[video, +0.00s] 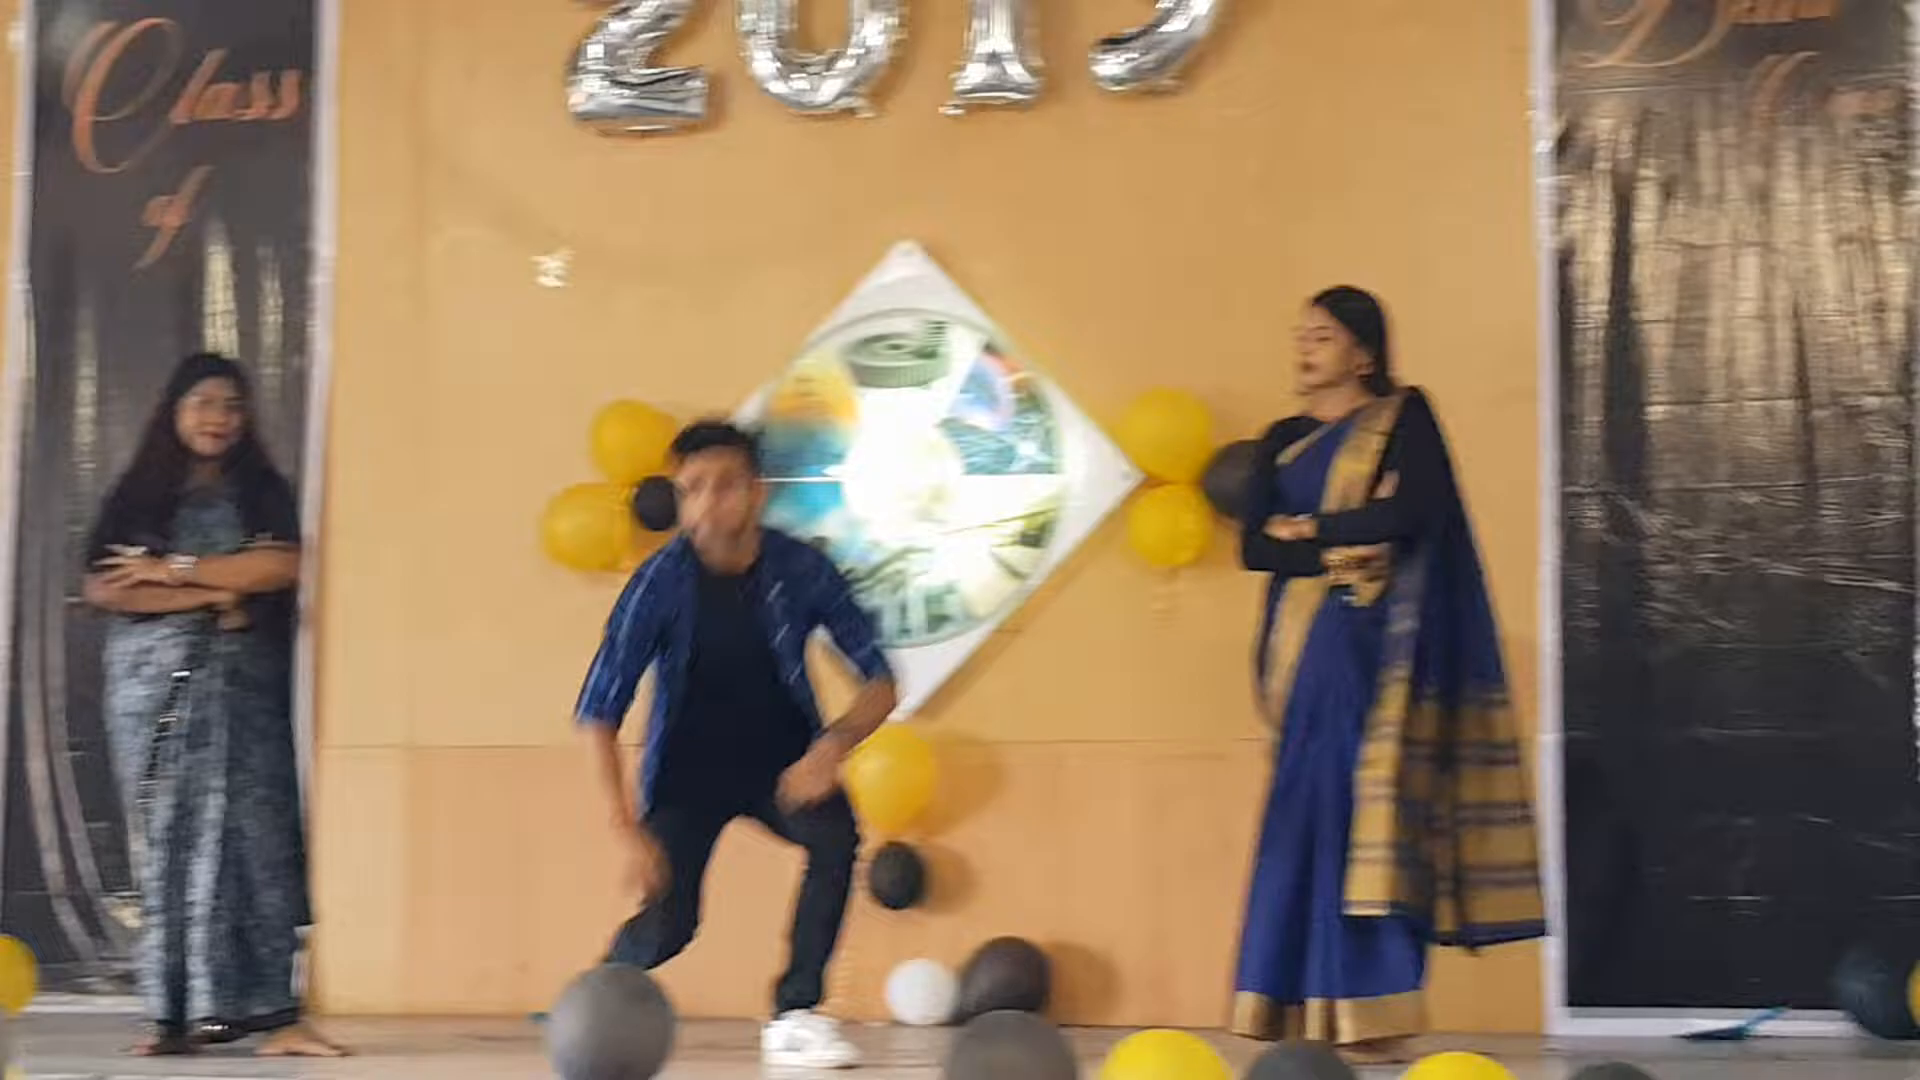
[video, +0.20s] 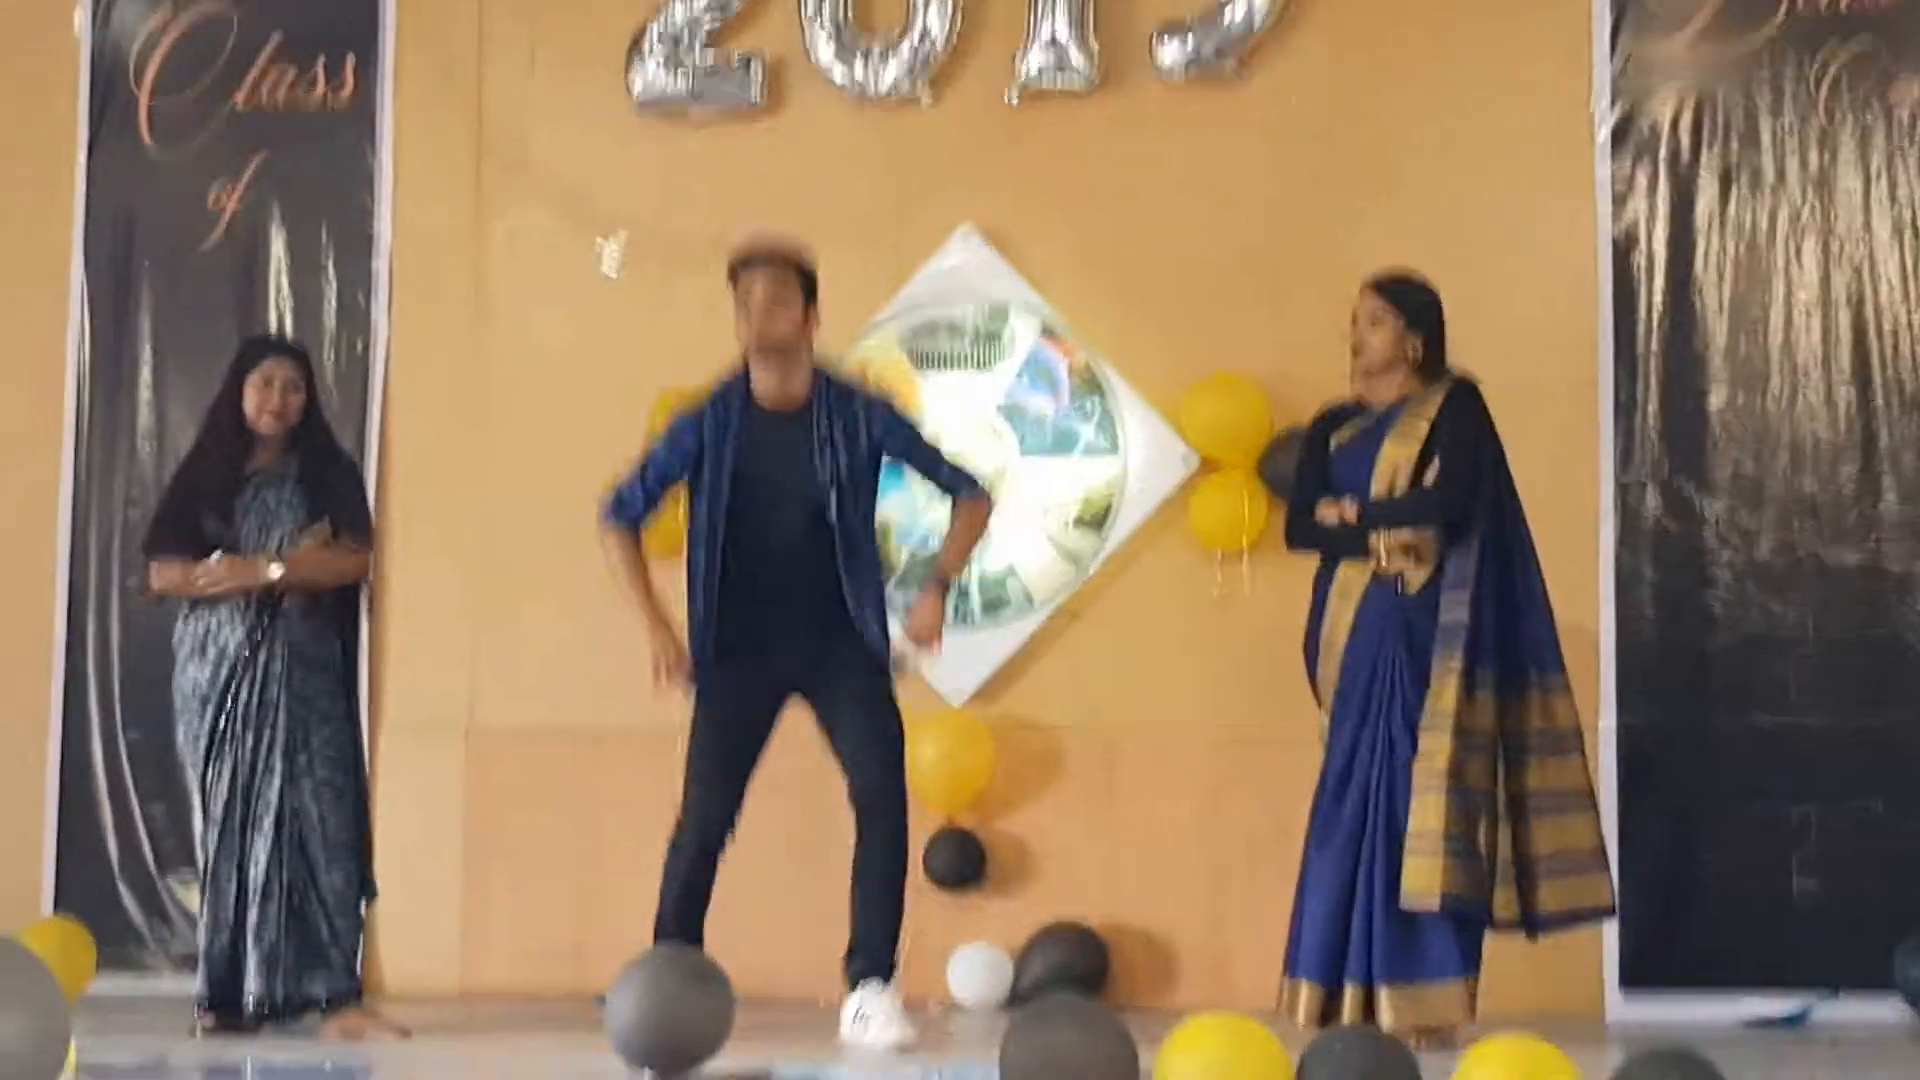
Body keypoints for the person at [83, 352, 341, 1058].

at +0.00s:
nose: (219, 419)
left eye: (231, 406)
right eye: (204, 405)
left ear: (245, 416)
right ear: (174, 413)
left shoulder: (262, 486)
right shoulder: (139, 492)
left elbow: (286, 566)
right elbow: (102, 587)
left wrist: (175, 568)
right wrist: (207, 595)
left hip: (244, 689)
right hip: (157, 690)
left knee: (251, 839)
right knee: (172, 843)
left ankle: (267, 1012)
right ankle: (179, 1013)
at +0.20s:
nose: (279, 399)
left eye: (292, 388)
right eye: (265, 385)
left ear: (307, 398)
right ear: (239, 392)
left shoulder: (330, 469)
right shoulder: (205, 470)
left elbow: (358, 560)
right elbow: (162, 573)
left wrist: (268, 571)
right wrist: (272, 568)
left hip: (308, 675)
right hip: (220, 677)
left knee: (321, 821)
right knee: (229, 823)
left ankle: (336, 995)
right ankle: (226, 994)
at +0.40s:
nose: (298, 371)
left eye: (311, 360)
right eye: (284, 358)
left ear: (328, 372)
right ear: (259, 367)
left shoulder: (354, 449)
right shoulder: (227, 447)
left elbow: (387, 549)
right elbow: (174, 546)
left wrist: (367, 638)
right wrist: (212, 618)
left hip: (333, 652)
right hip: (247, 651)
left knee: (343, 809)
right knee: (247, 806)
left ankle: (350, 979)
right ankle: (238, 977)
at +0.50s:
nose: (296, 369)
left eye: (310, 360)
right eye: (284, 357)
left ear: (330, 374)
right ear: (260, 369)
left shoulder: (361, 457)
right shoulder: (226, 454)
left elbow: (398, 565)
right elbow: (183, 569)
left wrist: (404, 665)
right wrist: (161, 674)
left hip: (336, 657)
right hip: (245, 656)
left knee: (343, 807)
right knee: (249, 807)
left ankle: (350, 982)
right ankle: (238, 979)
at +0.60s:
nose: (295, 415)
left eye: (309, 405)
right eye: (281, 404)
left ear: (329, 422)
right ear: (258, 421)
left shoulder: (362, 505)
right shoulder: (225, 508)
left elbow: (403, 602)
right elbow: (178, 619)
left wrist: (417, 700)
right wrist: (136, 712)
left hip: (332, 714)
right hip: (238, 713)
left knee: (336, 863)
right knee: (242, 862)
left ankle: (342, 1033)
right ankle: (235, 1030)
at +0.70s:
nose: (299, 460)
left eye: (312, 450)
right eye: (286, 450)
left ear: (334, 466)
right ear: (263, 468)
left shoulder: (366, 547)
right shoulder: (232, 550)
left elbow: (401, 641)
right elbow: (180, 648)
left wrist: (413, 731)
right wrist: (135, 737)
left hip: (333, 762)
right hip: (240, 761)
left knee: (335, 921)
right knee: (246, 919)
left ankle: (331, 1064)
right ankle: (247, 1063)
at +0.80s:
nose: (323, 570)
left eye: (335, 559)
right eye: (308, 558)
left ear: (351, 575)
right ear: (281, 574)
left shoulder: (381, 658)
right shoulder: (245, 660)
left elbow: (405, 758)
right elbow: (199, 763)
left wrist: (423, 847)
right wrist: (155, 858)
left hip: (352, 862)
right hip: (259, 862)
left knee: (351, 1012)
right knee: (259, 1010)